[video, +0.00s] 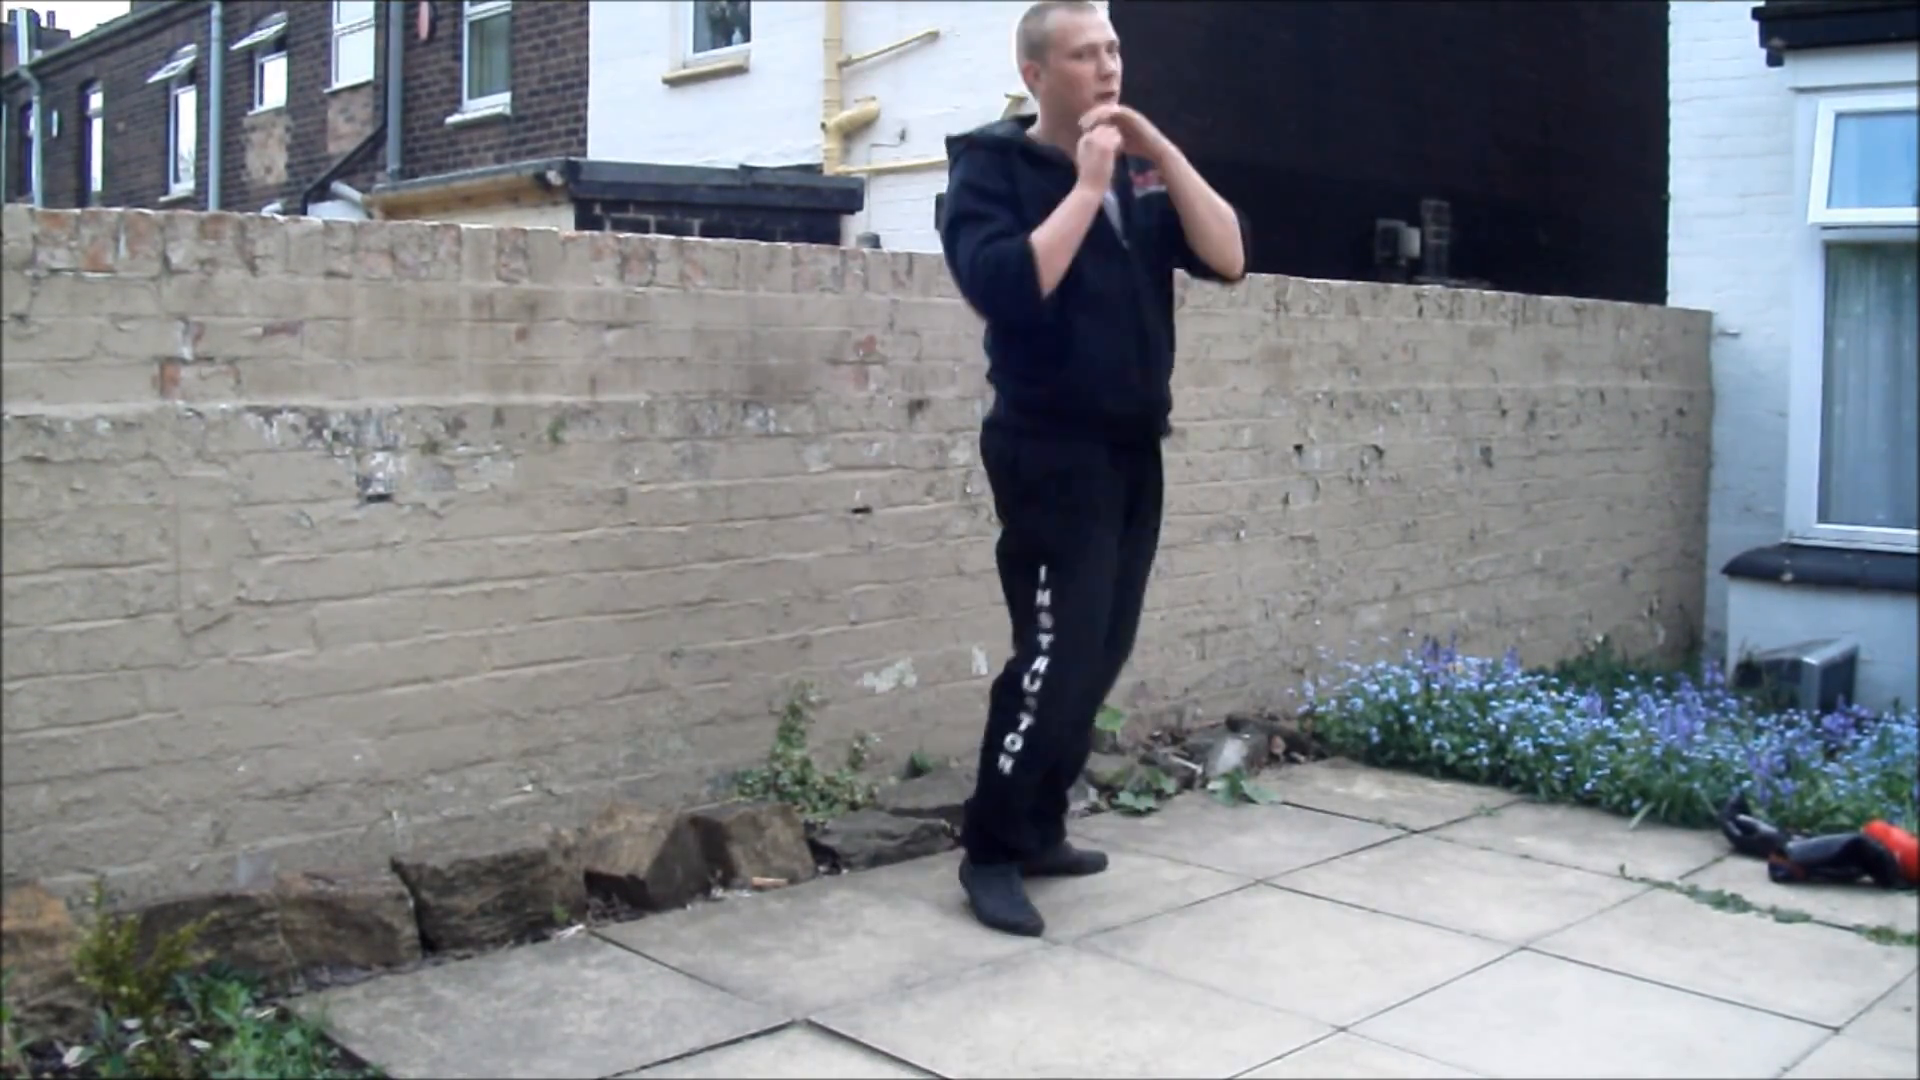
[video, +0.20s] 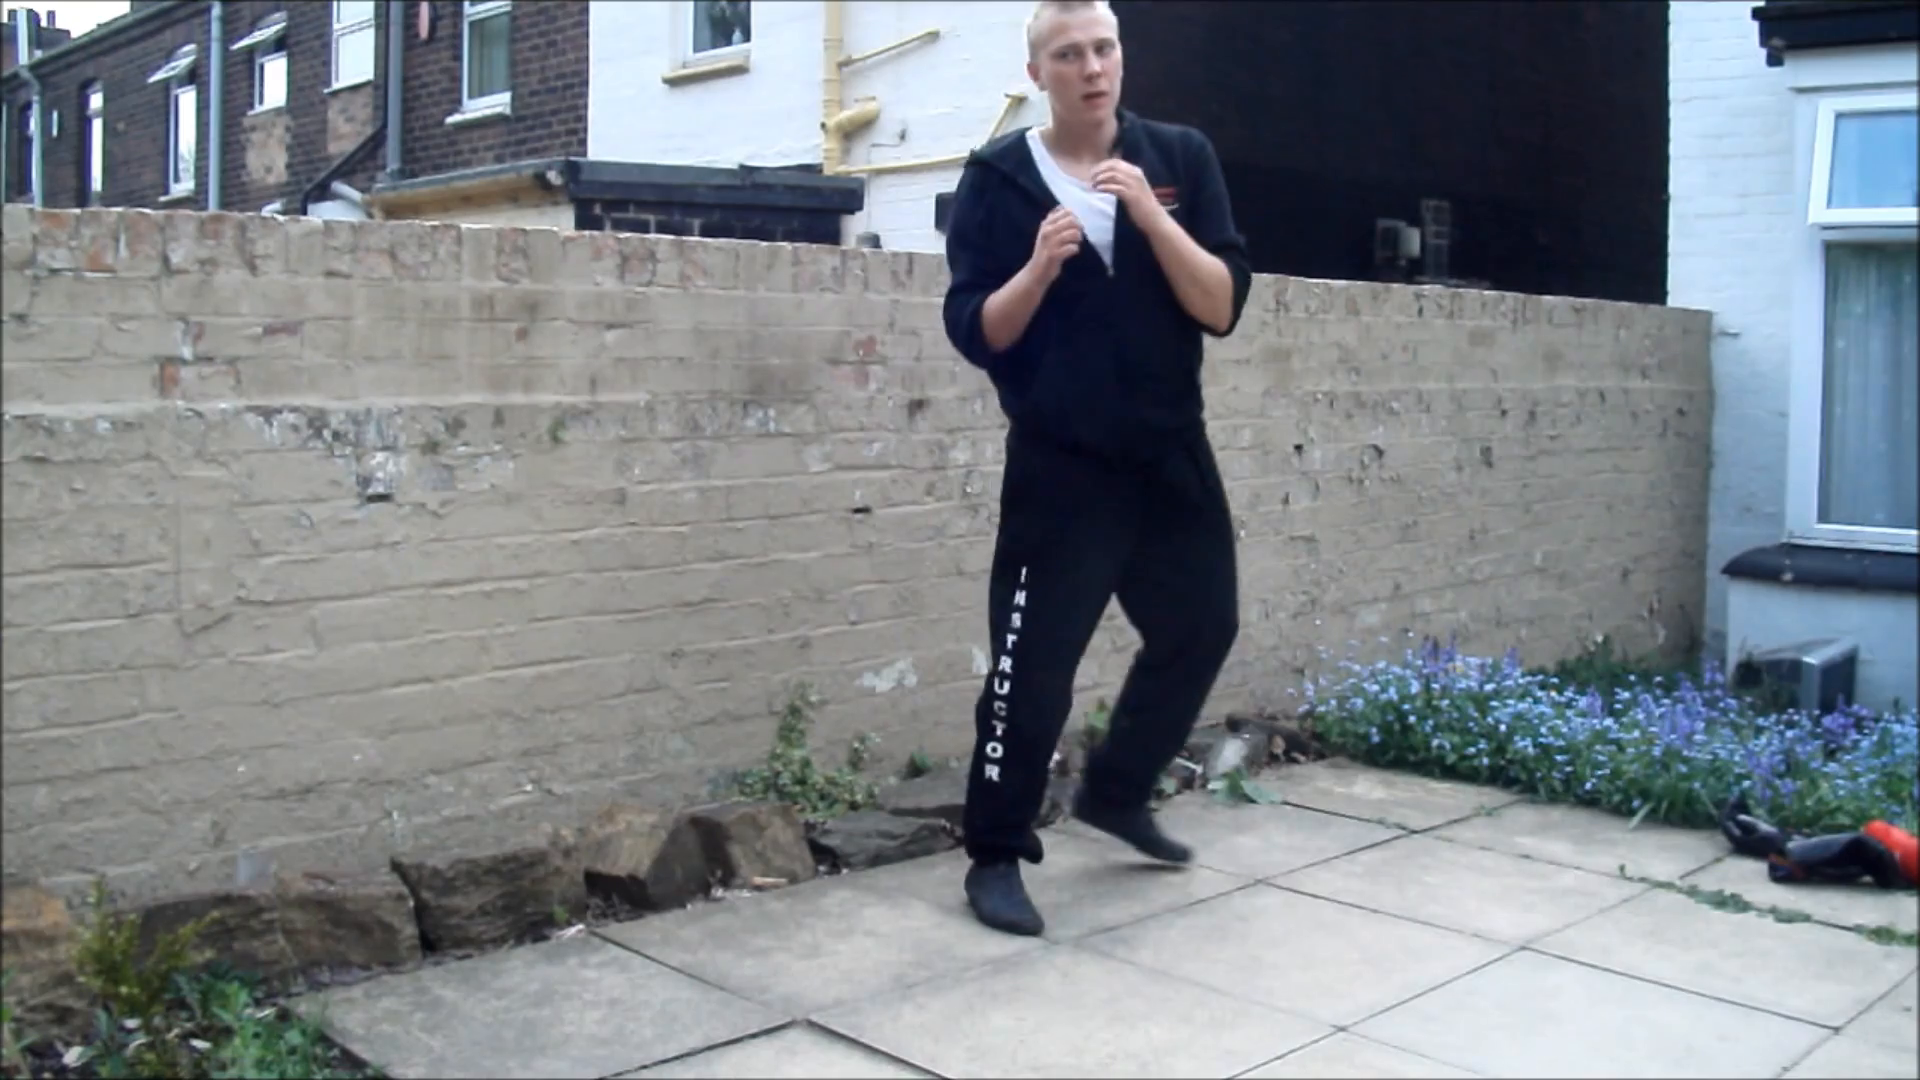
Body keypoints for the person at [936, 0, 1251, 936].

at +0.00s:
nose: (1108, 70)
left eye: (1113, 53)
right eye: (1086, 55)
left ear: (1122, 68)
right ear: (1034, 74)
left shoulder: (1137, 173)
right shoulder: (991, 166)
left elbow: (1227, 260)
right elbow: (1005, 287)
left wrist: (1165, 156)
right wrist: (1089, 186)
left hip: (1130, 445)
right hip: (1044, 444)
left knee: (1098, 653)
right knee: (1057, 652)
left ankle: (1035, 834)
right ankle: (991, 856)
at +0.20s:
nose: (1091, 67)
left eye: (1102, 48)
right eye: (1068, 54)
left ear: (1122, 58)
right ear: (1035, 71)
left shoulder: (1181, 157)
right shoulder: (997, 179)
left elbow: (1221, 308)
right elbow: (976, 335)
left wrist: (1155, 221)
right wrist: (1035, 272)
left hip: (1170, 457)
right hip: (1057, 462)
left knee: (1199, 630)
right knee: (1030, 668)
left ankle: (1114, 793)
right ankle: (996, 857)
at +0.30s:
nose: (1109, 76)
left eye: (1123, 59)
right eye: (1090, 61)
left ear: (1148, 66)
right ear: (1060, 72)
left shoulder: (1203, 145)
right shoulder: (1019, 161)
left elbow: (1256, 285)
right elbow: (992, 321)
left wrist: (1177, 185)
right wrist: (1047, 261)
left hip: (1194, 446)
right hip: (1076, 451)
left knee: (1223, 636)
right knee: (1055, 651)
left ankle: (1229, 804)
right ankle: (1009, 856)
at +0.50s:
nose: (1186, 152)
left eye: (1204, 136)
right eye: (1171, 135)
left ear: (1233, 140)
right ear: (1144, 135)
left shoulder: (1275, 220)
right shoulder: (1098, 228)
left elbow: (1274, 341)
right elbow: (1061, 385)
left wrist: (1224, 228)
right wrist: (1089, 325)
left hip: (1252, 496)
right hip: (1134, 497)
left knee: (1294, 665)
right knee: (1096, 673)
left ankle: (1287, 819)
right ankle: (1016, 860)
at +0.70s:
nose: (1246, 125)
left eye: (1263, 109)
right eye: (1232, 108)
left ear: (1292, 115)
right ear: (1208, 108)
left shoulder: (1336, 194)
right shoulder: (1158, 196)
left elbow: (1330, 322)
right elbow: (1125, 359)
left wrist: (1258, 221)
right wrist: (1138, 306)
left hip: (1301, 473)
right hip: (1184, 470)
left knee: (1321, 650)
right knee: (1148, 643)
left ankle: (1292, 815)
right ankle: (1087, 830)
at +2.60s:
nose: (1258, 111)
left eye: (1277, 95)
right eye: (1244, 94)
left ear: (1314, 105)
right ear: (1224, 101)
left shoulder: (1353, 208)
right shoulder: (1173, 187)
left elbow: (1358, 330)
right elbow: (1085, 326)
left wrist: (1294, 209)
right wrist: (1137, 255)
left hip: (1292, 488)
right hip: (1174, 481)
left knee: (1319, 666)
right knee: (1130, 666)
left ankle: (1311, 835)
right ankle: (1047, 862)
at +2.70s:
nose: (1241, 116)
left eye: (1260, 100)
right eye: (1227, 98)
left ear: (1296, 110)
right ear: (1207, 104)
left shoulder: (1337, 216)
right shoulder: (1155, 193)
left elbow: (1345, 342)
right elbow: (1032, 254)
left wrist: (1287, 214)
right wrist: (1092, 161)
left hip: (1290, 491)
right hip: (1165, 486)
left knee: (1339, 663)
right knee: (1115, 666)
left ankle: (1321, 823)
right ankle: (1041, 867)